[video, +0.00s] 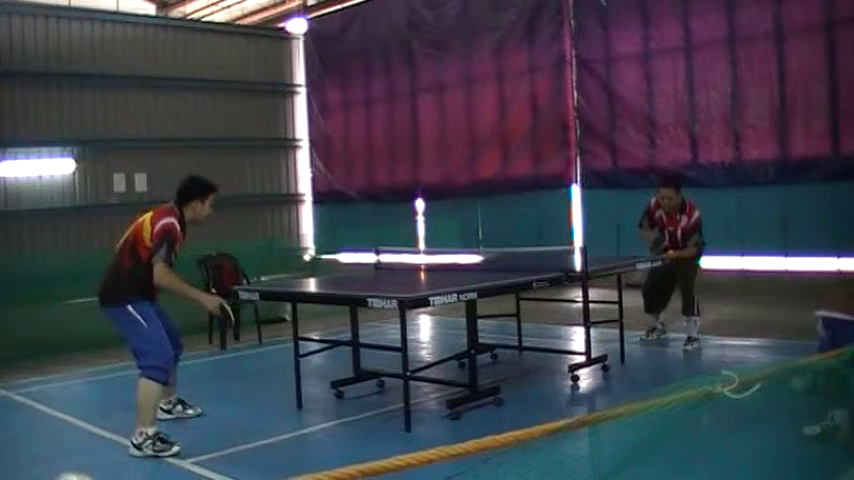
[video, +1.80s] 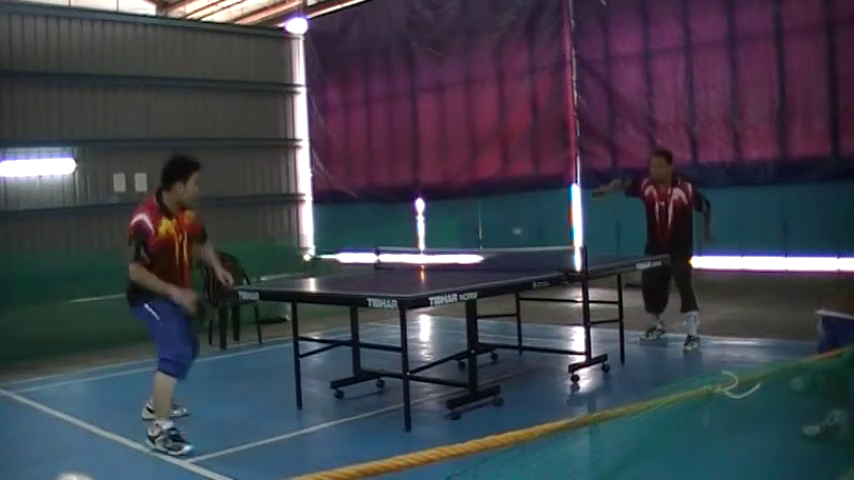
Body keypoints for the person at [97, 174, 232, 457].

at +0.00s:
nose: (210, 211)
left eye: (211, 205)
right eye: (209, 205)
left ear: (190, 201)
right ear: (194, 203)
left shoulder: (167, 216)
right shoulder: (168, 224)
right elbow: (160, 275)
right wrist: (202, 298)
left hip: (139, 295)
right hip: (123, 297)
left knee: (172, 347)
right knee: (157, 356)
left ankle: (167, 403)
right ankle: (143, 435)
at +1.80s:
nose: (197, 190)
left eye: (197, 184)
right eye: (193, 184)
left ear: (179, 185)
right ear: (176, 184)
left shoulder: (188, 215)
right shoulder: (146, 219)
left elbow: (202, 244)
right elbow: (135, 270)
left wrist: (217, 269)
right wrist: (175, 292)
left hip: (176, 294)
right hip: (149, 295)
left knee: (188, 348)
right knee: (174, 350)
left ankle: (158, 404)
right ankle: (160, 427)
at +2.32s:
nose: (225, 216)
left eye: (226, 210)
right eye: (219, 211)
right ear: (199, 214)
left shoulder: (209, 221)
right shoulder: (187, 246)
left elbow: (232, 211)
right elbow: (193, 292)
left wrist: (262, 222)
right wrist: (233, 295)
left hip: (199, 306)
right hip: (179, 313)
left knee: (215, 345)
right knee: (229, 354)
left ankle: (179, 390)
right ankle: (210, 432)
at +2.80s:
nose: (219, 174)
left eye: (219, 169)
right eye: (214, 168)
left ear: (192, 172)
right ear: (196, 170)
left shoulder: (174, 196)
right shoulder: (194, 197)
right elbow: (249, 193)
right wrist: (263, 158)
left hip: (179, 289)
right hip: (190, 291)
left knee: (205, 347)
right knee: (225, 353)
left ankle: (196, 407)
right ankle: (211, 431)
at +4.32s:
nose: (22, 156)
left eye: (27, 146)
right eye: (18, 148)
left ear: (50, 142)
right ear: (22, 149)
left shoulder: (79, 185)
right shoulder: (32, 190)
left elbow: (89, 247)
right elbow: (36, 246)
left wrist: (26, 276)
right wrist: (12, 277)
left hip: (87, 313)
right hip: (42, 314)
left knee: (114, 392)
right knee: (23, 402)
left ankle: (135, 457)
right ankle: (9, 474)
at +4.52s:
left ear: (5, 155)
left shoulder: (22, 185)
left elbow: (47, 251)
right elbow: (45, 250)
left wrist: (13, 312)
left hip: (34, 321)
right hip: (2, 323)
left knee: (48, 410)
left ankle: (102, 442)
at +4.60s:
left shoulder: (11, 187)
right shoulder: (10, 189)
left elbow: (32, 249)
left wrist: (14, 319)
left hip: (14, 328)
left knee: (12, 411)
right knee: (11, 411)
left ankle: (66, 452)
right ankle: (65, 453)